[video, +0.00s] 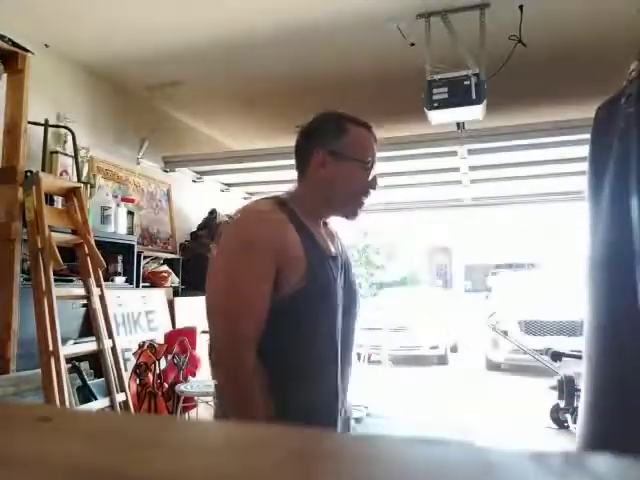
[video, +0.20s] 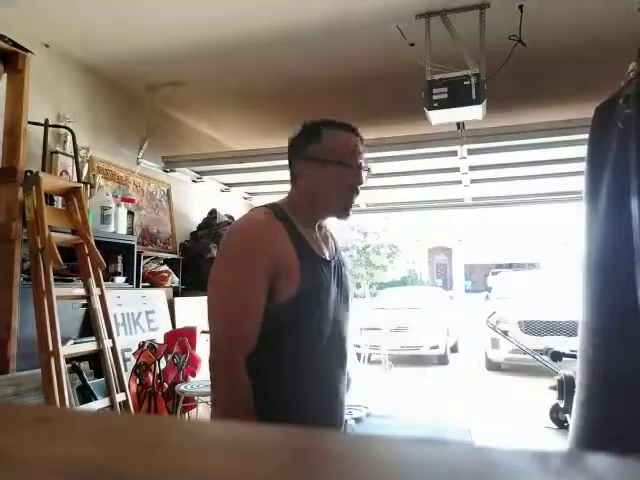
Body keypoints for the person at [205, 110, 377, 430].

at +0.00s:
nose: (373, 183)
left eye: (373, 170)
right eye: (366, 167)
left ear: (322, 164)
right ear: (322, 162)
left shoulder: (330, 238)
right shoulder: (256, 228)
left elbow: (331, 353)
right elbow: (231, 358)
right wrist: (259, 456)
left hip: (324, 443)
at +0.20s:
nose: (361, 180)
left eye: (361, 168)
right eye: (350, 167)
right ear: (303, 169)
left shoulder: (328, 241)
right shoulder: (254, 234)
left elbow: (331, 351)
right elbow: (226, 361)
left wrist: (336, 436)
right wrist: (244, 458)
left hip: (323, 438)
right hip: (269, 443)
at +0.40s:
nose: (334, 173)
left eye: (342, 165)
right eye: (320, 163)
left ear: (349, 178)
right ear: (292, 175)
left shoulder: (335, 249)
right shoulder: (256, 240)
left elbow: (335, 351)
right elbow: (225, 347)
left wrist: (346, 419)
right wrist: (230, 443)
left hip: (333, 423)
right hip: (271, 426)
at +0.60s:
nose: (338, 192)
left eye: (348, 186)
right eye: (326, 184)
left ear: (357, 203)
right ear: (307, 199)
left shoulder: (356, 259)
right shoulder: (277, 256)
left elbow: (363, 331)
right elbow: (242, 348)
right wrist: (241, 434)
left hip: (356, 431)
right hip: (291, 432)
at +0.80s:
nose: (351, 196)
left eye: (360, 190)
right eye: (341, 189)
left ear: (370, 205)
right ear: (325, 202)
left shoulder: (377, 255)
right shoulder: (297, 256)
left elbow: (395, 319)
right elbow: (274, 329)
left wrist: (439, 369)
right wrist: (276, 393)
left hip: (369, 408)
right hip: (312, 408)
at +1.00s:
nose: (346, 200)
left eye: (354, 194)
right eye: (337, 194)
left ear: (368, 207)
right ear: (325, 206)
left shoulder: (387, 255)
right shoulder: (304, 257)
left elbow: (404, 313)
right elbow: (289, 319)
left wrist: (426, 367)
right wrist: (290, 371)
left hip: (375, 391)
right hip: (319, 391)